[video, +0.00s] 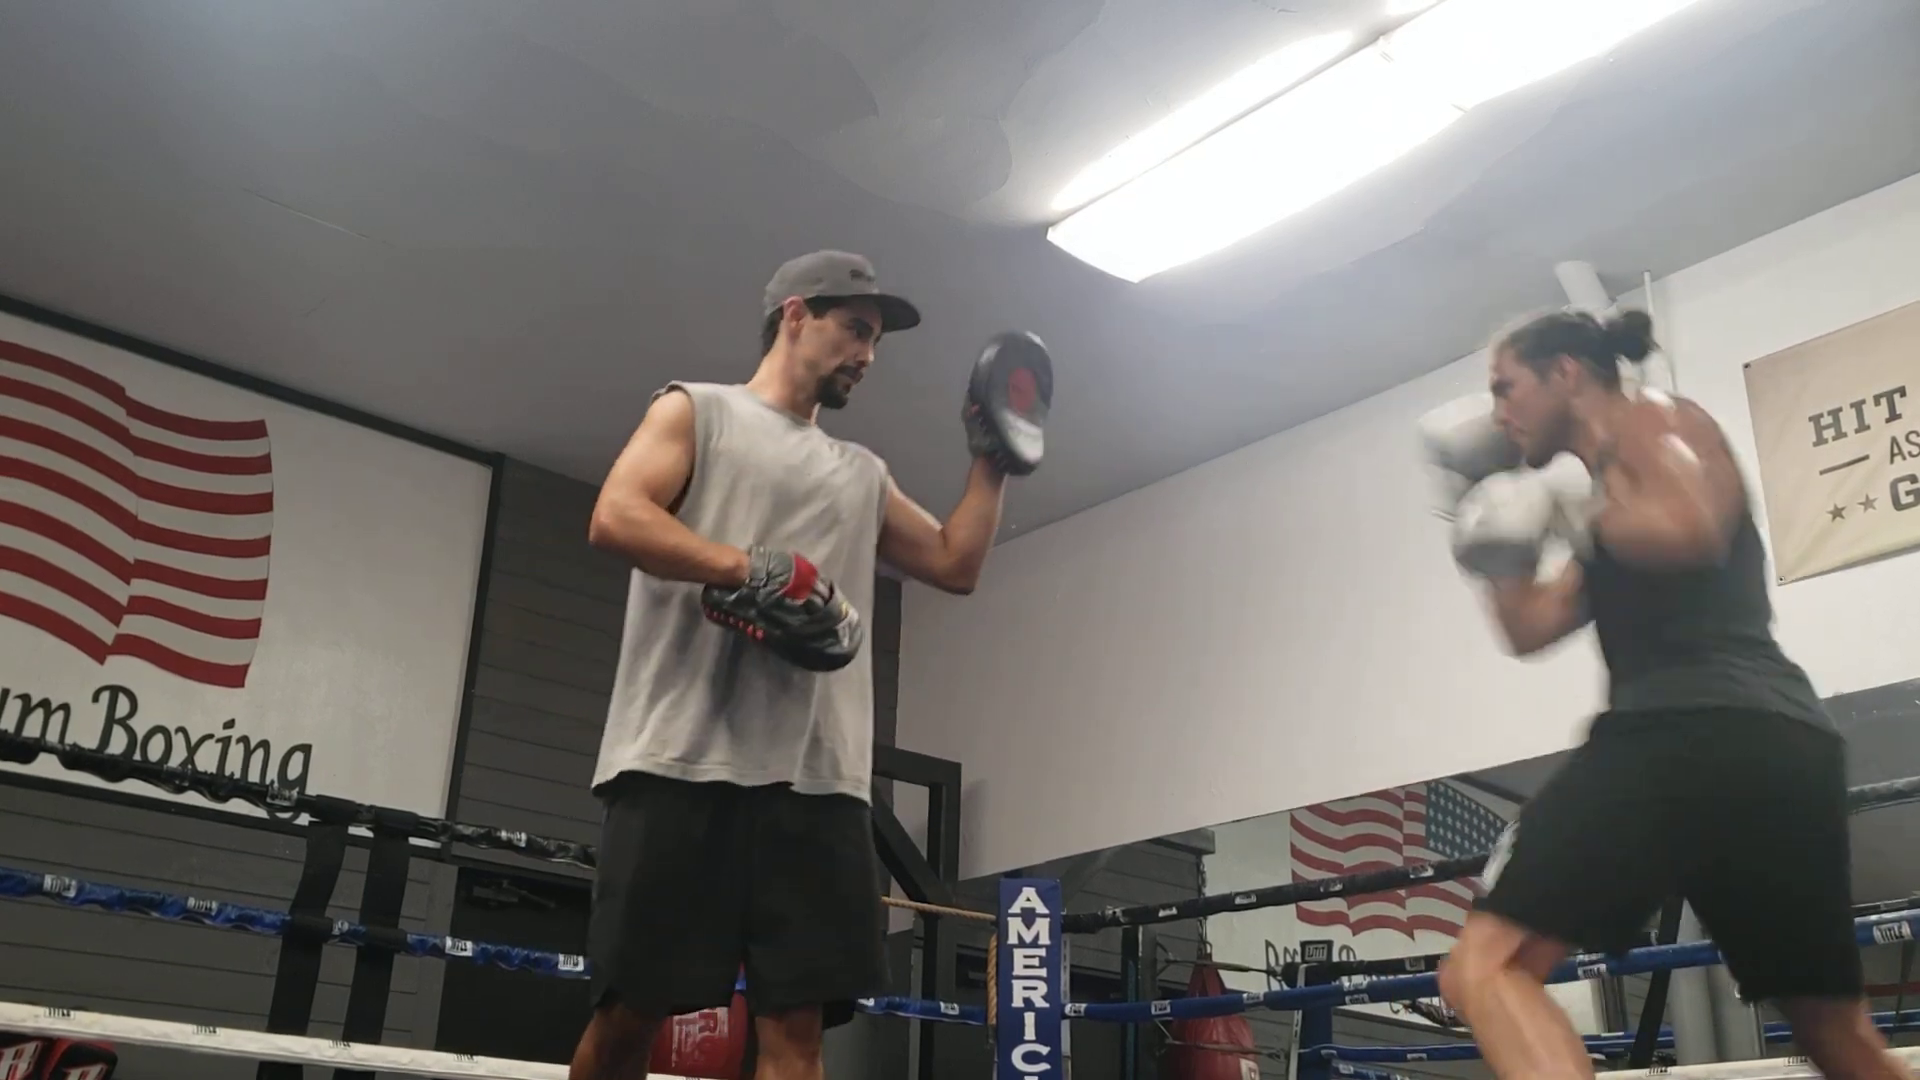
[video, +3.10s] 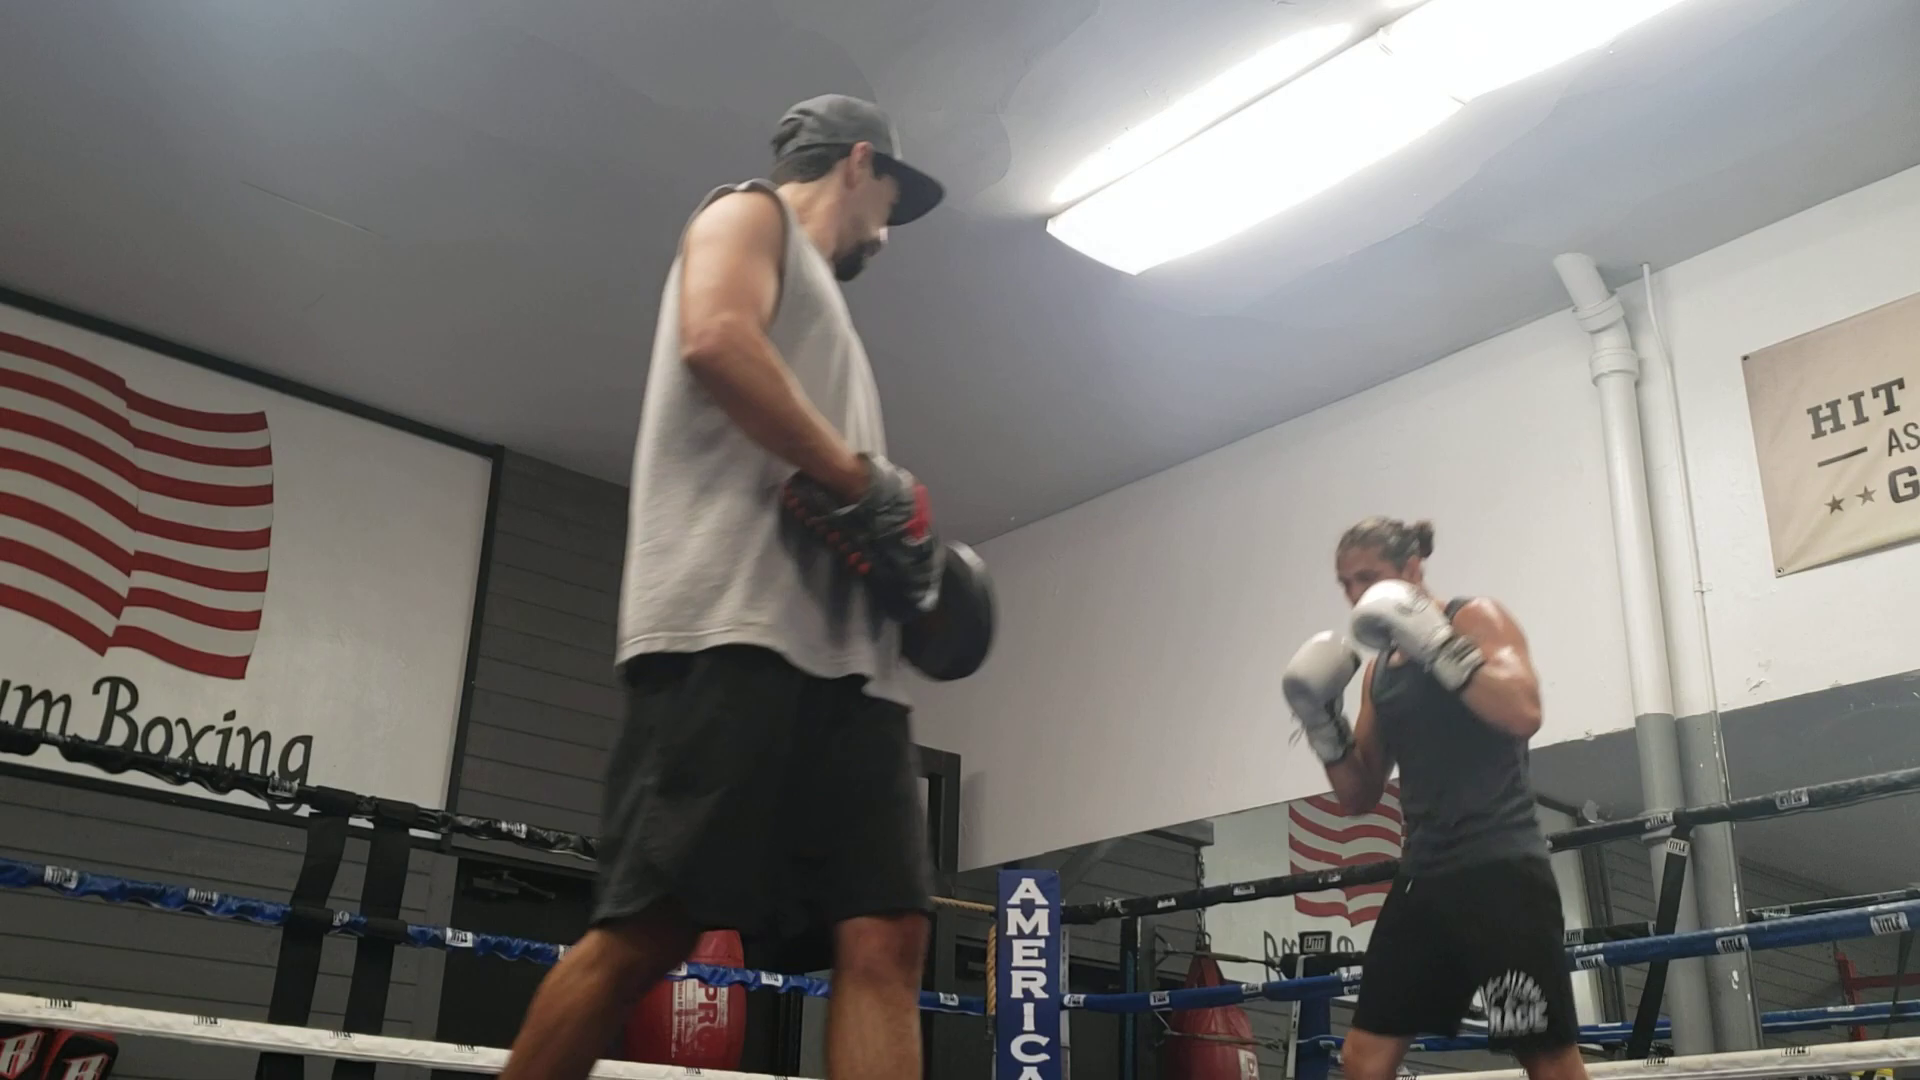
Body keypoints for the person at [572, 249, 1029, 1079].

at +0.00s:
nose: (866, 356)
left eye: (875, 342)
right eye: (855, 329)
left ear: (866, 356)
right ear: (794, 314)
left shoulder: (862, 474)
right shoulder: (692, 410)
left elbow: (955, 563)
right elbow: (617, 515)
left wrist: (993, 455)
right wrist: (753, 570)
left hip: (816, 782)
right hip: (677, 766)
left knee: (794, 1028)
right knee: (627, 1018)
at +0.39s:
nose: (862, 295)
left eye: (870, 277)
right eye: (850, 267)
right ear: (784, 250)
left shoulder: (837, 427)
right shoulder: (693, 359)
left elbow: (837, 554)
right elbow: (618, 483)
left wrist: (937, 596)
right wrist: (777, 554)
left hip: (806, 751)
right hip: (685, 718)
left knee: (778, 1010)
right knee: (589, 943)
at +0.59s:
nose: (796, 273)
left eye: (805, 256)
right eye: (786, 242)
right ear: (720, 217)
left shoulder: (753, 407)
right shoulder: (623, 320)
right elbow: (562, 450)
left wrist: (789, 583)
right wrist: (735, 532)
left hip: (737, 717)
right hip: (620, 693)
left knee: (745, 994)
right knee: (547, 950)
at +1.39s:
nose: (773, 395)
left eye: (781, 379)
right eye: (769, 368)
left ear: (722, 356)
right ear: (719, 344)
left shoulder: (687, 480)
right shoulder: (639, 409)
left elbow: (664, 623)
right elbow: (569, 508)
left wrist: (704, 735)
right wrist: (669, 642)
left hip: (645, 774)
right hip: (570, 742)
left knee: (631, 1015)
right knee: (506, 967)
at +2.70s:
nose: (729, 250)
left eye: (739, 230)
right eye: (732, 216)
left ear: (668, 193)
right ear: (686, 184)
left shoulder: (663, 333)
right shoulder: (586, 272)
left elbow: (656, 504)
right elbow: (558, 411)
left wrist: (733, 581)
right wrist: (709, 539)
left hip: (682, 690)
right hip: (573, 673)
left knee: (746, 936)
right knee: (510, 953)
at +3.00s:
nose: (843, 234)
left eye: (851, 214)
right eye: (846, 202)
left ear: (787, 174)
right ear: (807, 167)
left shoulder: (766, 317)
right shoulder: (695, 228)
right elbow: (659, 362)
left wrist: (844, 569)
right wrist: (805, 505)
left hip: (783, 664)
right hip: (662, 639)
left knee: (837, 929)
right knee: (575, 942)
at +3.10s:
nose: (888, 231)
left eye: (895, 211)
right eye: (892, 198)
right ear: (858, 161)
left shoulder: (823, 318)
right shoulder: (748, 210)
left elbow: (818, 479)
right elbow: (717, 336)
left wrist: (913, 554)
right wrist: (862, 483)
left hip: (847, 658)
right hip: (727, 630)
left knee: (885, 938)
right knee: (636, 936)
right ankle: (520, 1075)